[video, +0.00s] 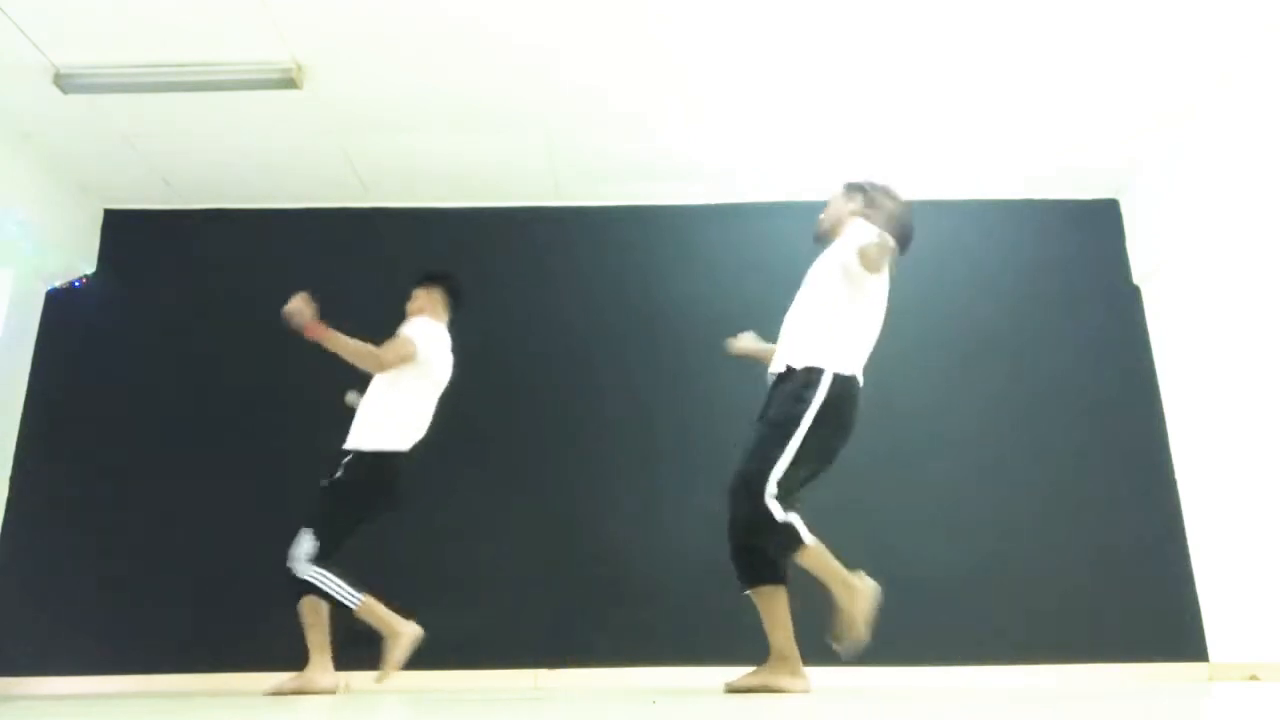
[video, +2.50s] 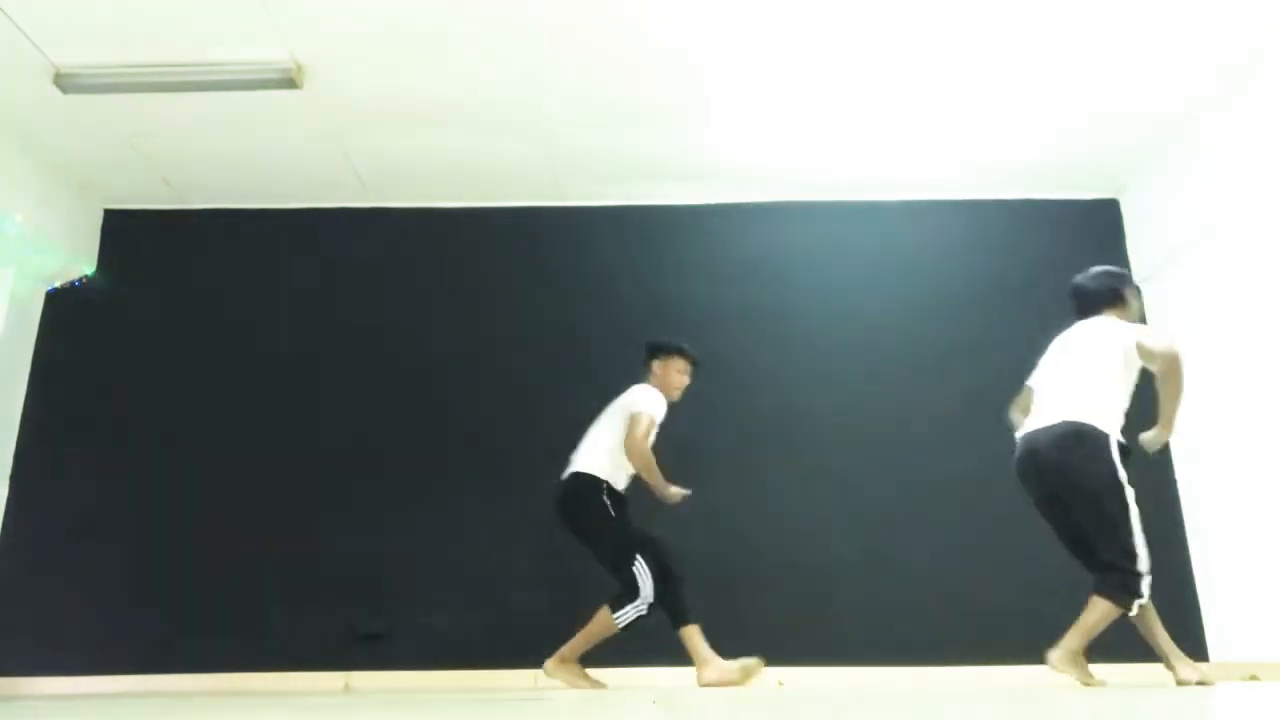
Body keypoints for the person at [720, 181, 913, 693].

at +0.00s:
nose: (826, 204)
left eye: (837, 197)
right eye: (832, 197)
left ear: (862, 207)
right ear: (857, 209)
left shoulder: (862, 243)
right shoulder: (831, 265)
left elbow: (876, 255)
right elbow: (806, 350)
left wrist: (878, 249)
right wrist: (758, 349)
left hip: (820, 386)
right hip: (792, 389)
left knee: (762, 498)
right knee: (747, 516)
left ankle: (851, 590)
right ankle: (783, 664)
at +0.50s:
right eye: (879, 210)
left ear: (828, 221)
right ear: (880, 216)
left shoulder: (819, 262)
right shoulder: (912, 254)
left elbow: (787, 351)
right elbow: (974, 316)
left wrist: (787, 382)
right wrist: (1049, 360)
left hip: (868, 388)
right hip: (932, 386)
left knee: (851, 537)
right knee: (936, 519)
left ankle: (911, 667)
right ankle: (949, 663)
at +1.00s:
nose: (1026, 197)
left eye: (1027, 188)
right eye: (1011, 188)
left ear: (1027, 204)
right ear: (976, 203)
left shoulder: (1014, 281)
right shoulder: (960, 252)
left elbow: (1048, 329)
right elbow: (931, 308)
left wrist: (1066, 343)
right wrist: (979, 363)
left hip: (974, 412)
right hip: (939, 404)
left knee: (996, 534)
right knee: (1015, 526)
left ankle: (910, 612)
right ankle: (1033, 668)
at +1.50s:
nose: (1049, 239)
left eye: (1057, 230)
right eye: (1035, 231)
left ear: (1068, 240)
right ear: (1009, 245)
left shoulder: (1091, 304)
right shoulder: (987, 308)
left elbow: (1145, 365)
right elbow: (914, 354)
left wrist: (1102, 420)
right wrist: (836, 353)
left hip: (1057, 444)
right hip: (997, 438)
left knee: (1141, 530)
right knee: (1052, 530)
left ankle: (1068, 627)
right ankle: (1046, 667)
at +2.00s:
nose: (1168, 277)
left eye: (1174, 270)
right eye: (1158, 265)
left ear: (1177, 277)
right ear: (1121, 270)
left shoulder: (1139, 335)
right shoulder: (1096, 323)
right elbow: (1126, 410)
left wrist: (1113, 426)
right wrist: (1203, 401)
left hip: (1063, 453)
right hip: (1028, 438)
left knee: (1120, 538)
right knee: (1073, 530)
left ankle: (1179, 660)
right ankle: (1045, 663)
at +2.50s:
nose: (1138, 302)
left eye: (1134, 294)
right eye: (1133, 295)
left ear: (1087, 306)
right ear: (1120, 299)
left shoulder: (1058, 343)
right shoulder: (1126, 332)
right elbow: (1167, 355)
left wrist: (1048, 446)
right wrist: (1163, 427)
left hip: (1029, 449)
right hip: (1082, 437)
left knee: (1110, 567)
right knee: (1129, 568)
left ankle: (1179, 663)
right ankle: (1068, 650)